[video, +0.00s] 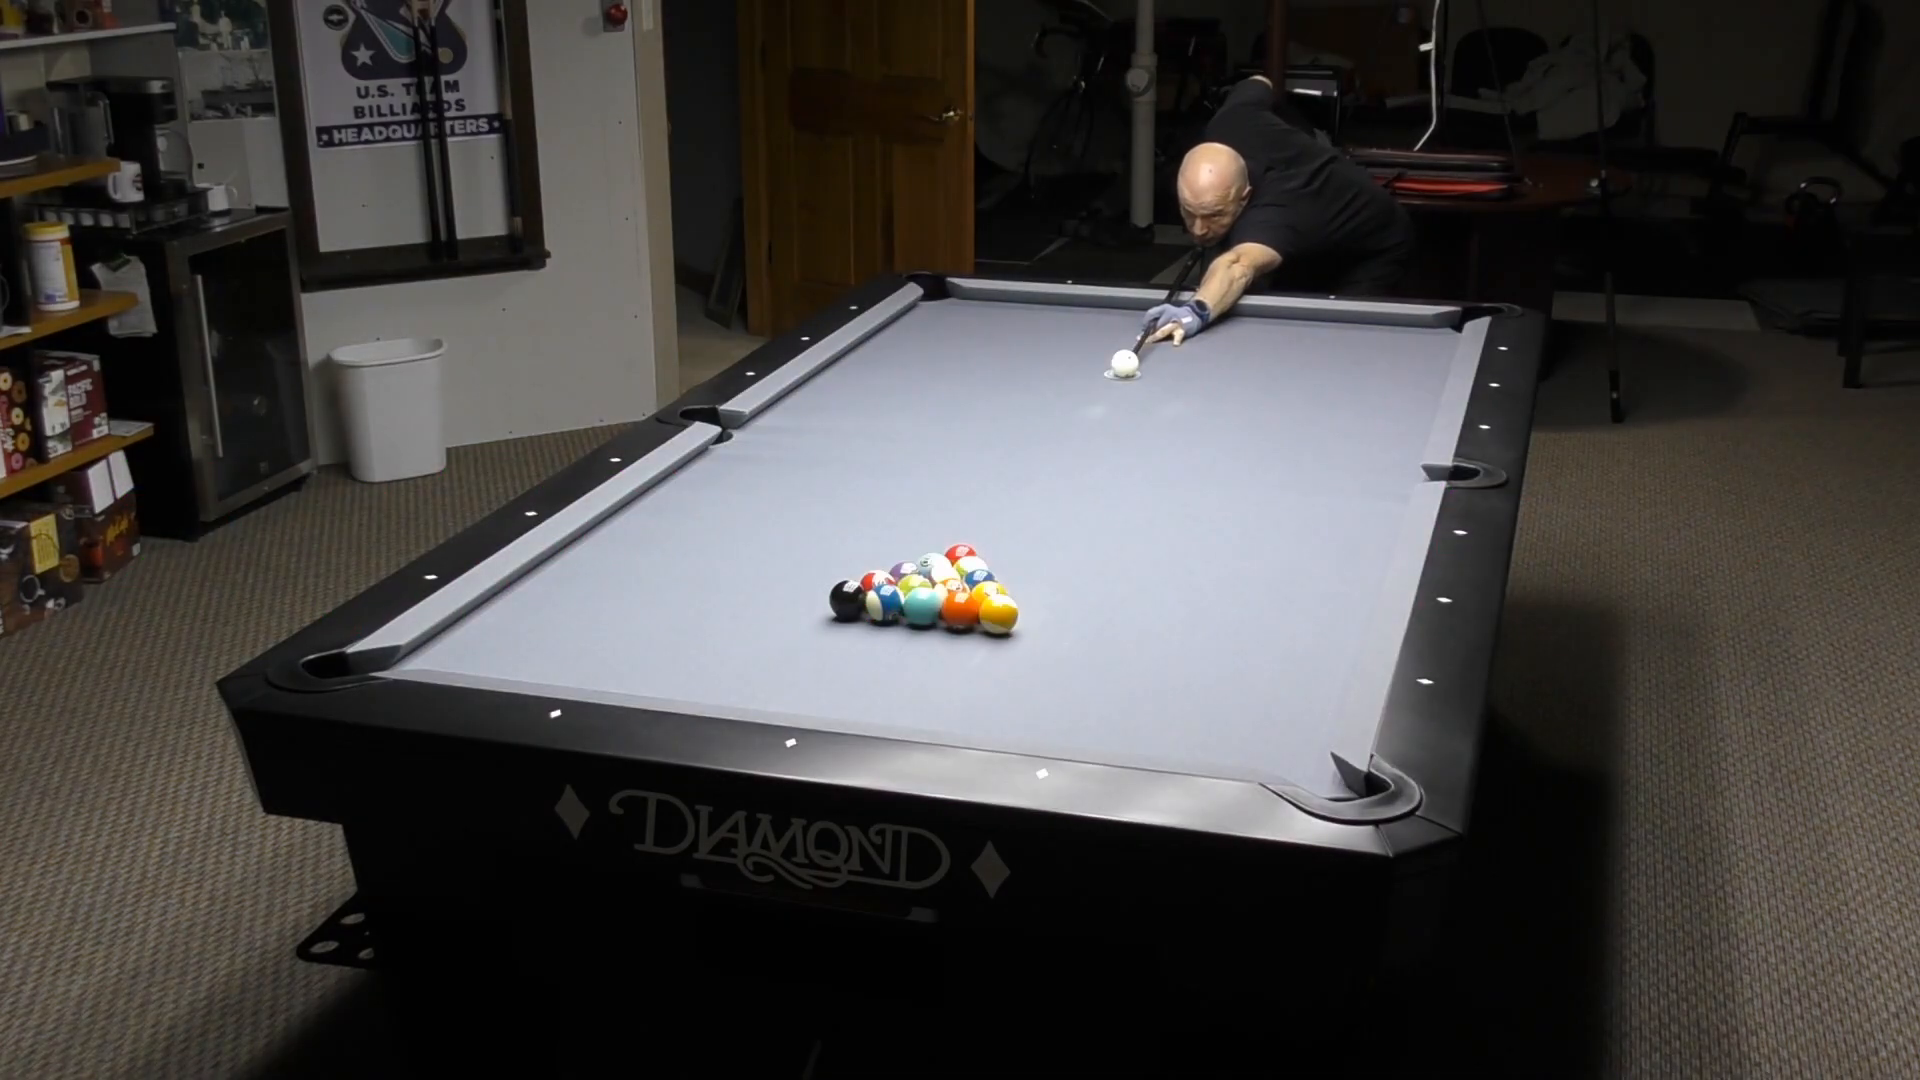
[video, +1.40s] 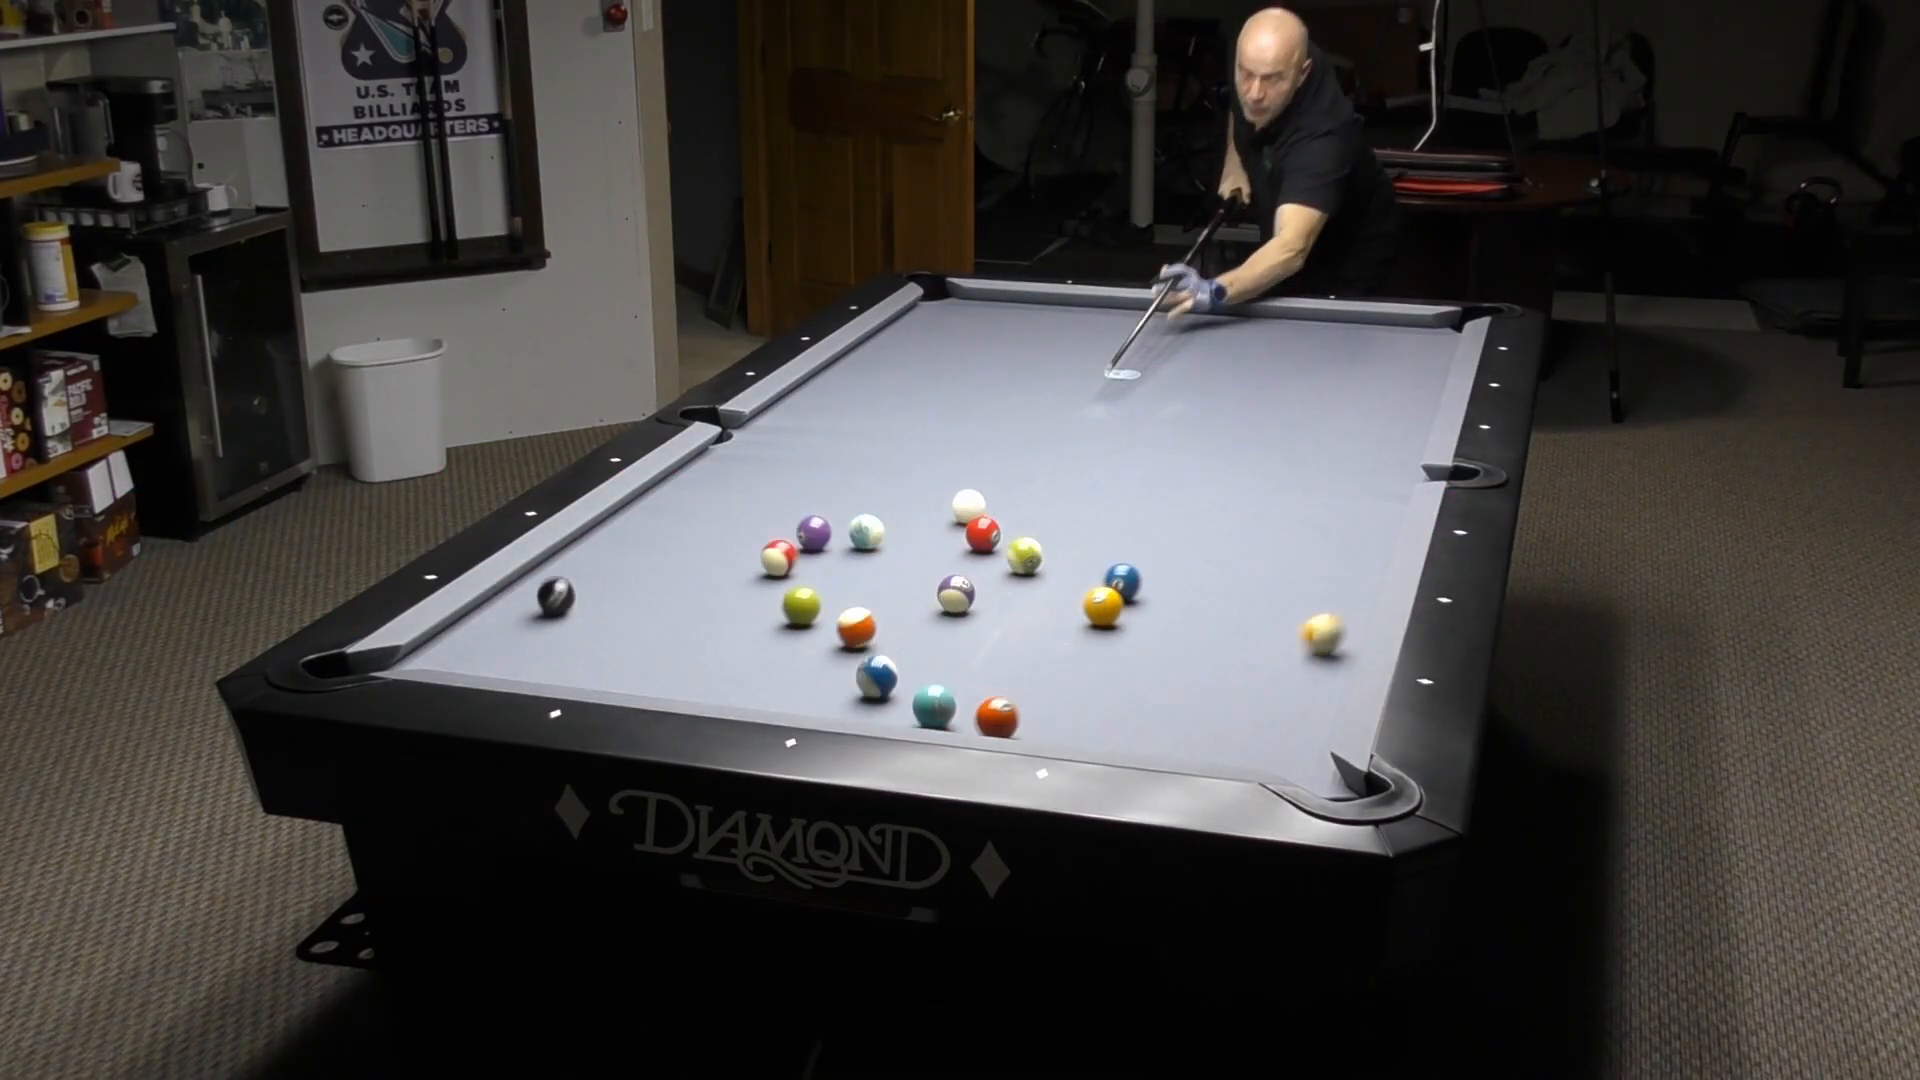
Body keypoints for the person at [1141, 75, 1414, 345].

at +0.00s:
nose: (1199, 231)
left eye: (1213, 217)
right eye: (1189, 215)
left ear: (1244, 195)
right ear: (1179, 187)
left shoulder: (1274, 215)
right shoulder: (1232, 121)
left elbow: (1238, 265)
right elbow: (1260, 80)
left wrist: (1194, 311)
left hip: (1379, 242)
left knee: (1338, 338)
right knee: (1279, 328)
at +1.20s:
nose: (1198, 221)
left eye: (1212, 207)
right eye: (1187, 205)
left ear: (1241, 184)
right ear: (1177, 181)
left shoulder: (1274, 196)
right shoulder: (1228, 113)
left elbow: (1258, 267)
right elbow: (1256, 78)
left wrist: (1198, 314)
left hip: (1373, 244)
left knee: (1338, 343)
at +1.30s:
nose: (1222, 174)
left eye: (1237, 161)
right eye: (1210, 159)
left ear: (1266, 138)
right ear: (1204, 127)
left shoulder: (1298, 170)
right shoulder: (1240, 78)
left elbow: (1277, 276)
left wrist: (1211, 316)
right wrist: (1221, 183)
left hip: (1363, 238)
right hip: (1295, 228)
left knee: (1342, 341)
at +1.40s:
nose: (1254, 94)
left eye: (1272, 80)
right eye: (1246, 74)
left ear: (1303, 72)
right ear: (1236, 60)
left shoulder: (1322, 129)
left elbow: (1291, 249)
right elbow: (1238, 106)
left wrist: (1214, 293)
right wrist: (1234, 162)